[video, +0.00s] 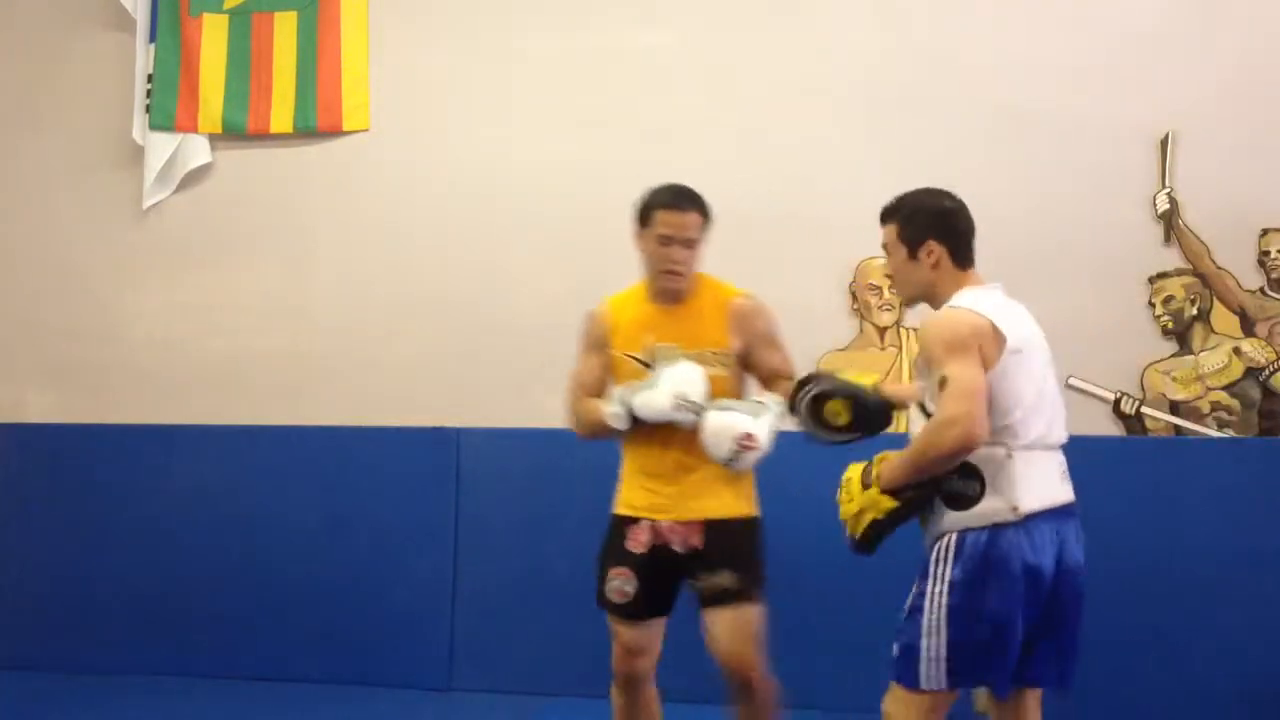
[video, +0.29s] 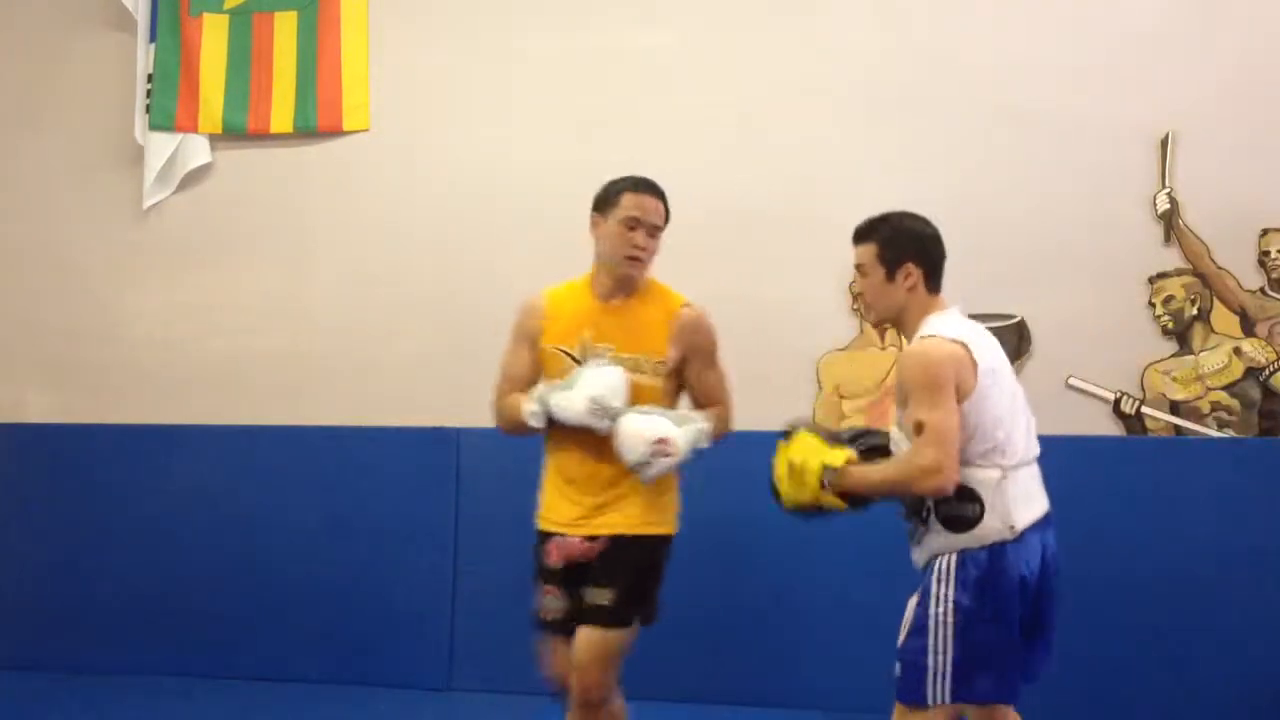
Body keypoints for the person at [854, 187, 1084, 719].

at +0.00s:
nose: (887, 270)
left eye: (891, 256)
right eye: (886, 257)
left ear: (931, 256)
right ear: (941, 253)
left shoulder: (950, 323)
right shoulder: (1010, 312)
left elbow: (963, 427)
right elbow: (991, 388)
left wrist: (880, 477)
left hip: (986, 543)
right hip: (1054, 531)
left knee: (911, 705)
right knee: (1016, 701)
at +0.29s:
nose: (854, 288)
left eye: (863, 273)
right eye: (856, 274)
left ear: (908, 277)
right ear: (906, 279)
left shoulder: (927, 352)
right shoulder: (967, 334)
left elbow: (936, 472)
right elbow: (955, 452)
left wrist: (837, 476)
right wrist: (865, 471)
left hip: (973, 558)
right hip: (1021, 544)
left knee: (921, 708)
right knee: (990, 703)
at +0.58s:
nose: (867, 287)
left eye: (876, 273)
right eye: (867, 273)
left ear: (921, 279)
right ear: (921, 281)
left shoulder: (948, 352)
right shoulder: (944, 342)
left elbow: (941, 473)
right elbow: (938, 450)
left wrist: (852, 451)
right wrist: (874, 438)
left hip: (981, 551)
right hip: (1004, 545)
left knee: (893, 707)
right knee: (985, 702)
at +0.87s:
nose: (850, 286)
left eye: (860, 271)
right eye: (850, 271)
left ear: (907, 275)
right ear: (905, 277)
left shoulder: (931, 344)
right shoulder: (918, 337)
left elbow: (917, 460)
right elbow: (889, 433)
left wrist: (823, 455)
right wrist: (810, 443)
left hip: (954, 543)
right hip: (980, 539)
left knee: (887, 709)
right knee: (987, 702)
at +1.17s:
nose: (780, 301)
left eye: (791, 287)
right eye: (780, 287)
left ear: (837, 292)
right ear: (834, 295)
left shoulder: (865, 363)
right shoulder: (835, 356)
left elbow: (864, 486)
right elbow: (822, 457)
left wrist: (769, 503)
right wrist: (758, 487)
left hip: (920, 551)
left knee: (844, 708)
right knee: (929, 691)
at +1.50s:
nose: (756, 291)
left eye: (765, 275)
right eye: (755, 276)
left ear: (812, 277)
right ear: (809, 279)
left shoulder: (845, 343)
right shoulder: (809, 347)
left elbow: (808, 459)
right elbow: (773, 433)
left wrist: (708, 446)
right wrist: (698, 439)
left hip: (896, 543)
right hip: (897, 539)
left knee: (842, 708)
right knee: (925, 688)